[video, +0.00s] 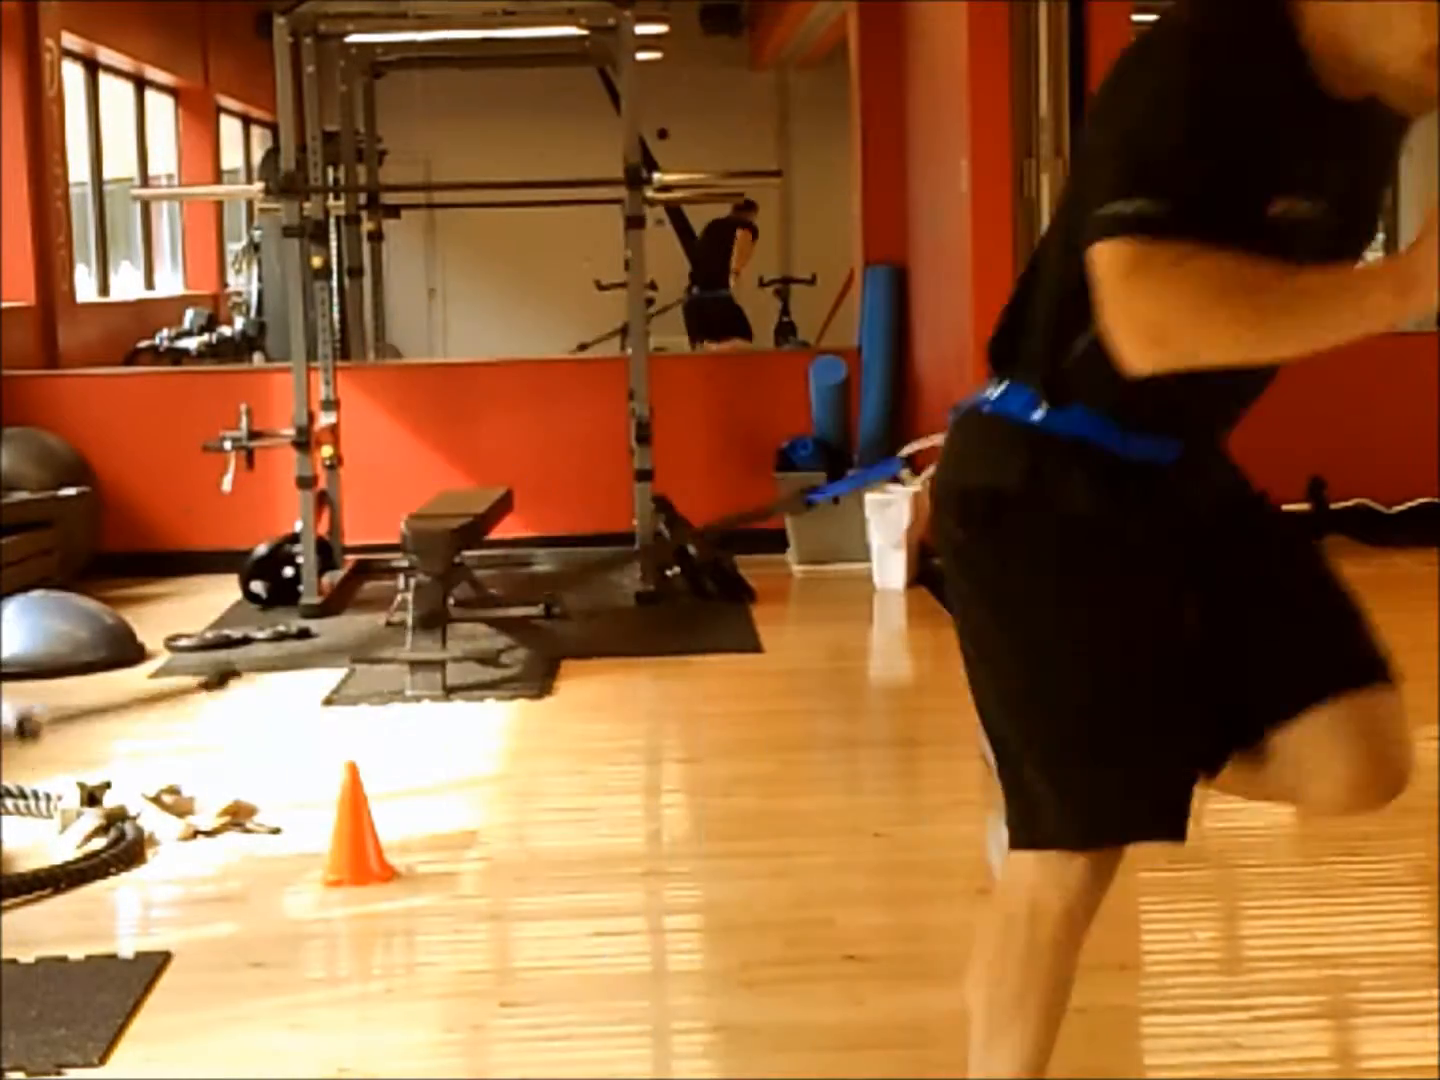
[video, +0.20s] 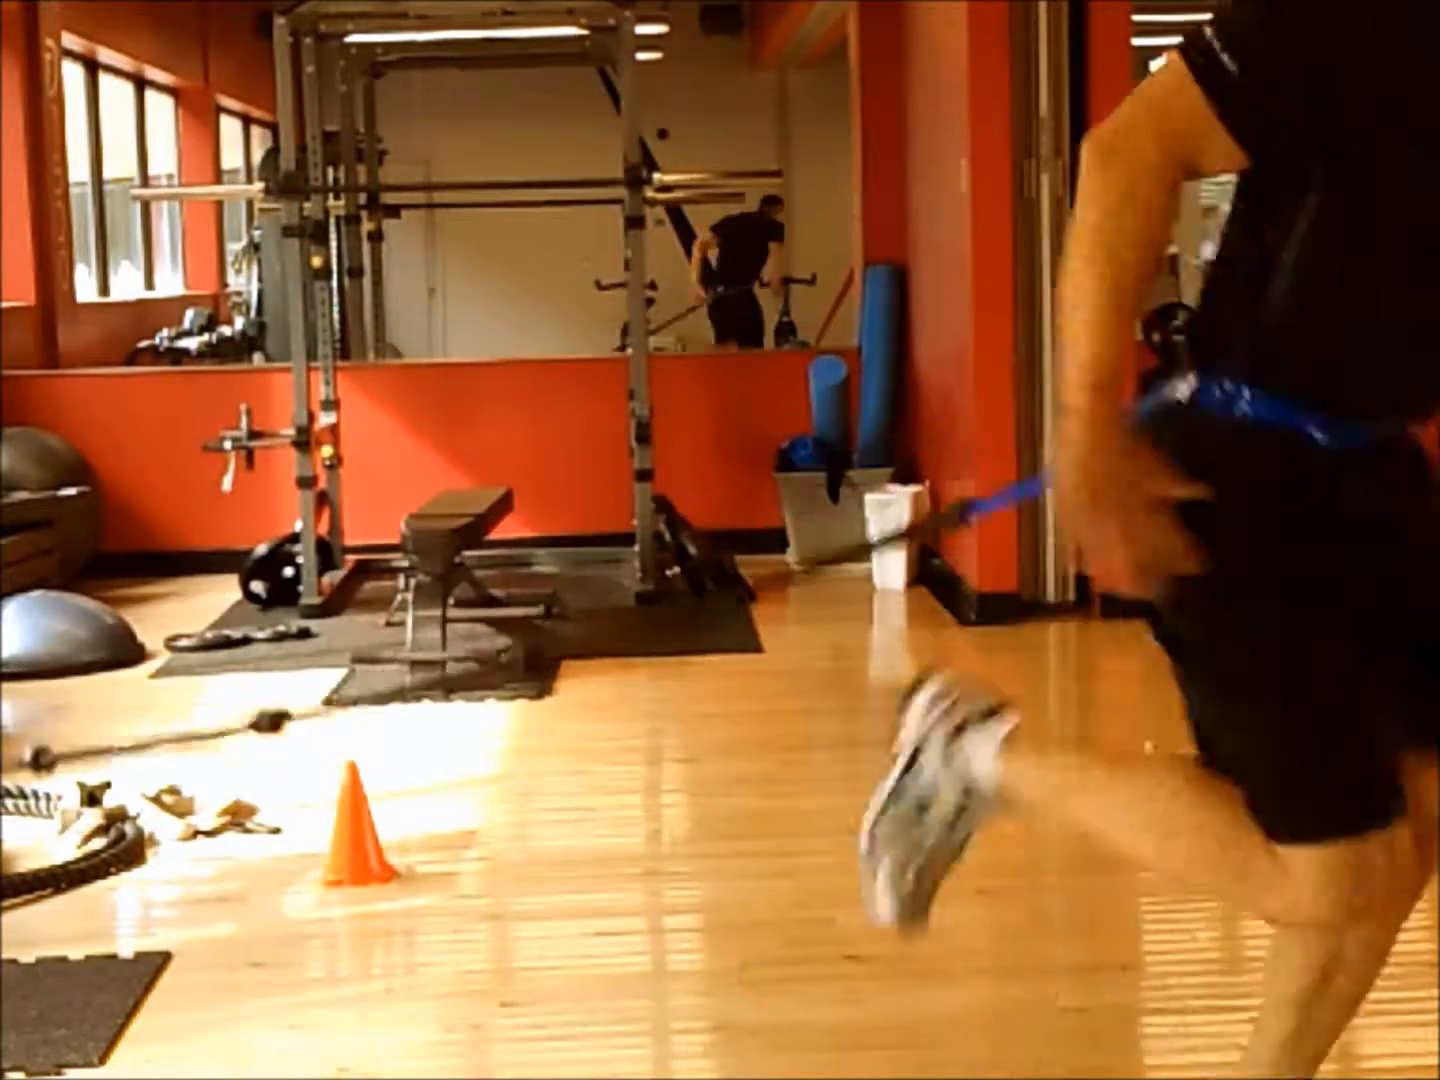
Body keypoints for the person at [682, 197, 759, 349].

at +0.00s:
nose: (754, 218)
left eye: (754, 215)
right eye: (754, 215)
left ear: (733, 211)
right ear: (752, 214)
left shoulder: (712, 224)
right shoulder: (747, 225)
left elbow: (698, 254)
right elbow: (743, 236)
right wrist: (737, 269)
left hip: (694, 300)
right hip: (718, 299)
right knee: (744, 339)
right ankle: (709, 348)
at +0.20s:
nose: (778, 216)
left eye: (778, 213)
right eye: (778, 212)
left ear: (760, 206)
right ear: (775, 210)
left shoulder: (731, 221)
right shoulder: (773, 226)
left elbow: (700, 245)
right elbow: (773, 278)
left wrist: (695, 284)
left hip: (719, 297)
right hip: (745, 296)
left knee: (726, 353)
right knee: (752, 353)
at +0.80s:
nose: (766, 208)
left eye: (766, 204)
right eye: (766, 204)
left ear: (745, 200)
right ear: (764, 204)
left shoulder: (718, 218)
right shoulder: (760, 225)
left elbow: (685, 244)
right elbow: (761, 278)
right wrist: (771, 308)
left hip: (705, 298)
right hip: (731, 297)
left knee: (714, 356)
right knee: (741, 355)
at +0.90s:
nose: (754, 218)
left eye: (753, 213)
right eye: (753, 213)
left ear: (732, 211)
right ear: (749, 213)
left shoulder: (704, 232)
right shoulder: (748, 238)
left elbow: (674, 248)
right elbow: (757, 277)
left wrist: (651, 278)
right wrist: (779, 289)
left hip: (698, 309)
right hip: (723, 309)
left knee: (704, 363)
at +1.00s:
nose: (741, 212)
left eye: (740, 206)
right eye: (740, 207)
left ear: (719, 206)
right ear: (736, 207)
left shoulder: (694, 226)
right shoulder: (732, 230)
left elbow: (665, 252)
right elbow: (738, 276)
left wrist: (651, 279)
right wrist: (752, 281)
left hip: (687, 305)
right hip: (716, 303)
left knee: (692, 362)